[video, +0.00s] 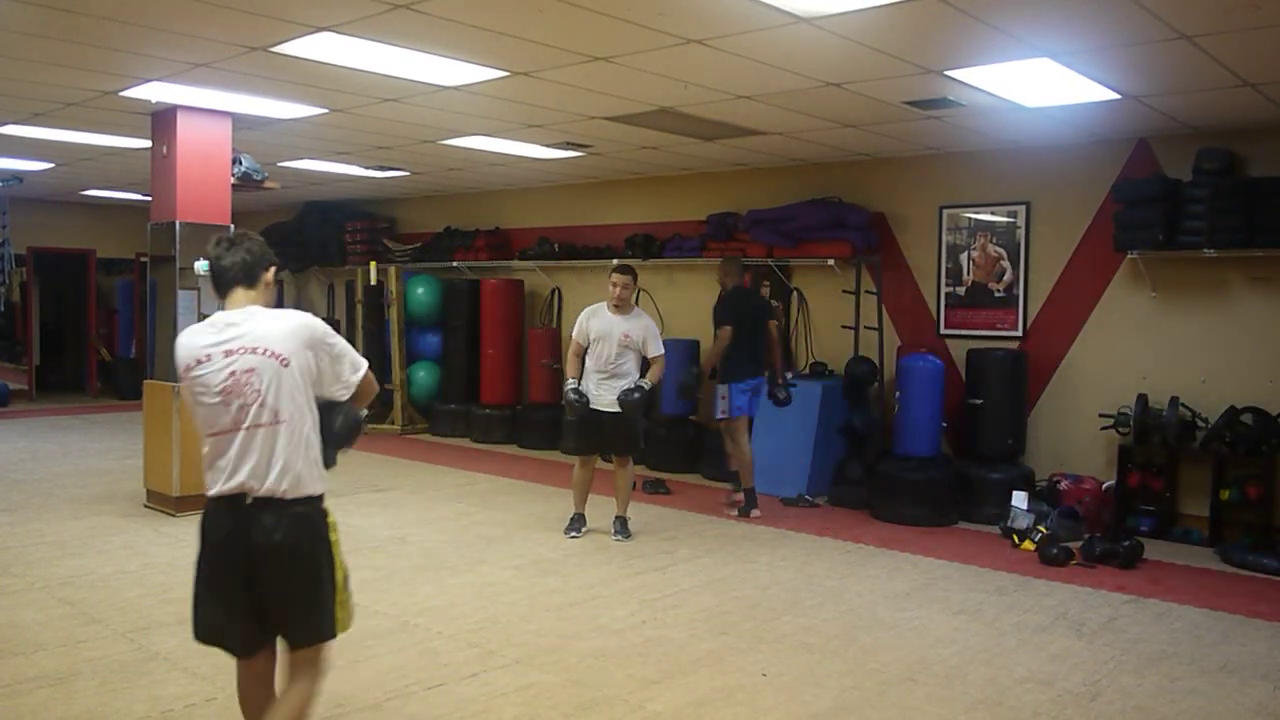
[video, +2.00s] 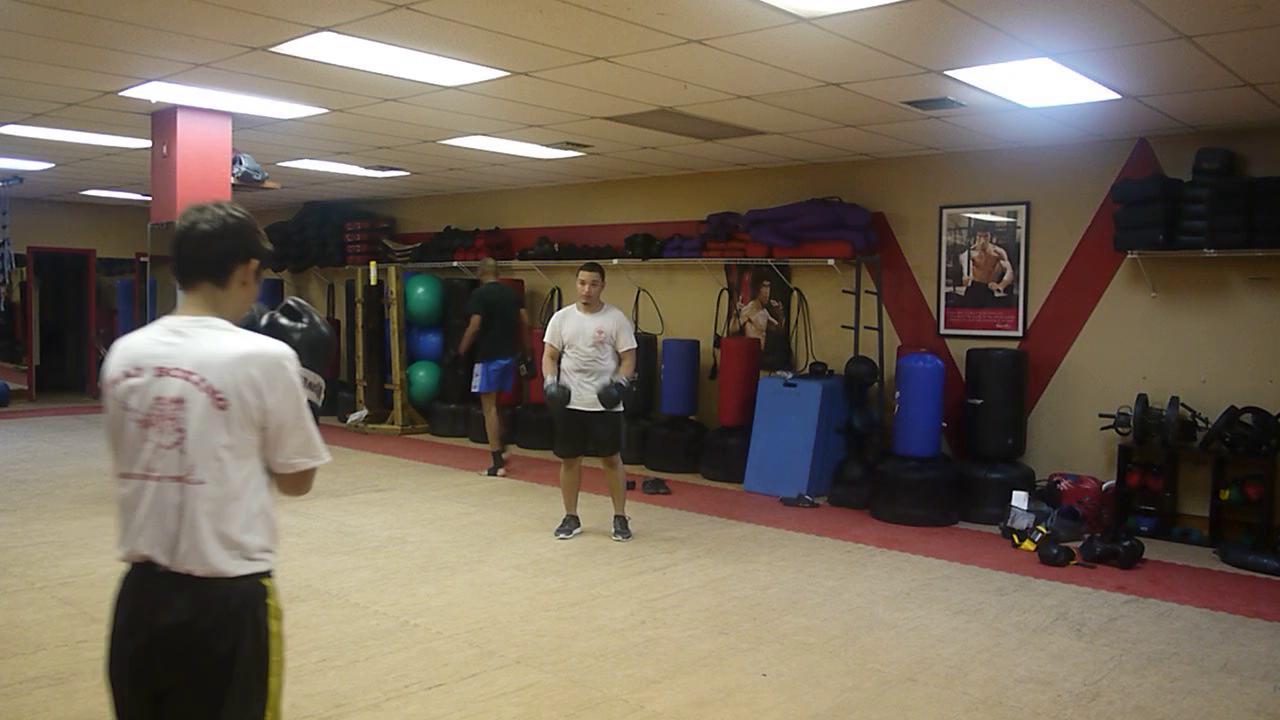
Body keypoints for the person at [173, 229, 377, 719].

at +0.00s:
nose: (277, 282)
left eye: (276, 276)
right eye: (275, 275)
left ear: (216, 282)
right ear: (268, 276)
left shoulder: (188, 344)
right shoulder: (302, 329)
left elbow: (207, 416)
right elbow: (365, 388)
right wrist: (328, 427)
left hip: (224, 522)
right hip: (295, 521)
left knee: (252, 660)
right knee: (305, 663)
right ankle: (280, 714)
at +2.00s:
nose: (257, 290)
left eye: (260, 277)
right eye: (258, 276)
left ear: (180, 269)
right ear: (244, 273)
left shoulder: (123, 355)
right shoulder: (264, 358)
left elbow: (130, 461)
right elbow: (297, 480)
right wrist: (292, 381)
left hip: (142, 600)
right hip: (232, 609)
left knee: (143, 713)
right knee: (236, 712)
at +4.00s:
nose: (571, 302)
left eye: (570, 294)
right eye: (569, 295)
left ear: (579, 293)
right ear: (627, 288)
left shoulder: (566, 340)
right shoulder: (667, 337)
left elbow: (545, 407)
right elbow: (697, 398)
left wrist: (597, 398)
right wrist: (647, 383)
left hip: (580, 503)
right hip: (646, 503)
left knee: (542, 623)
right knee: (655, 628)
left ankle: (510, 716)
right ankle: (663, 718)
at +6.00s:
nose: (672, 292)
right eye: (672, 286)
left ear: (615, 289)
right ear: (667, 289)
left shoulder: (586, 343)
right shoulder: (693, 331)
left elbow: (571, 435)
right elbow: (645, 332)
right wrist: (595, 308)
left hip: (597, 512)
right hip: (666, 511)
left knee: (563, 636)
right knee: (646, 655)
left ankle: (554, 716)